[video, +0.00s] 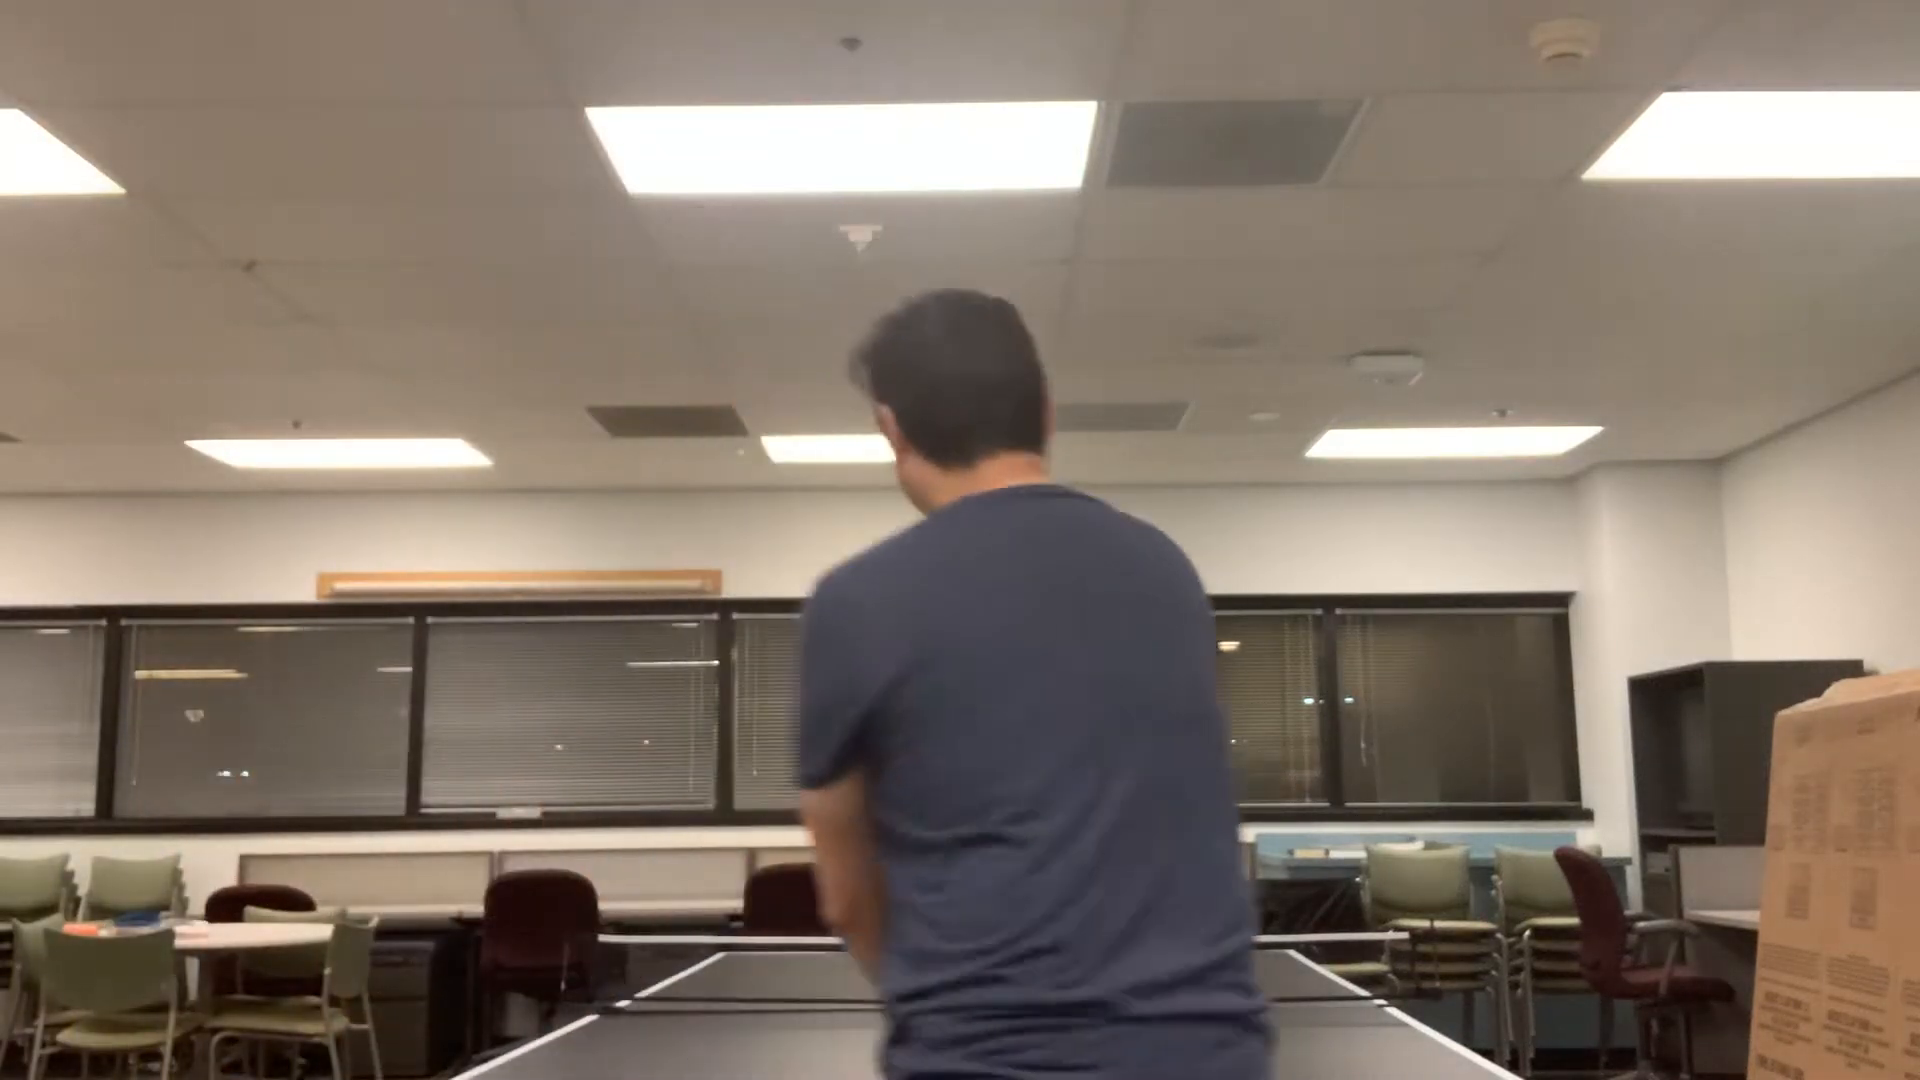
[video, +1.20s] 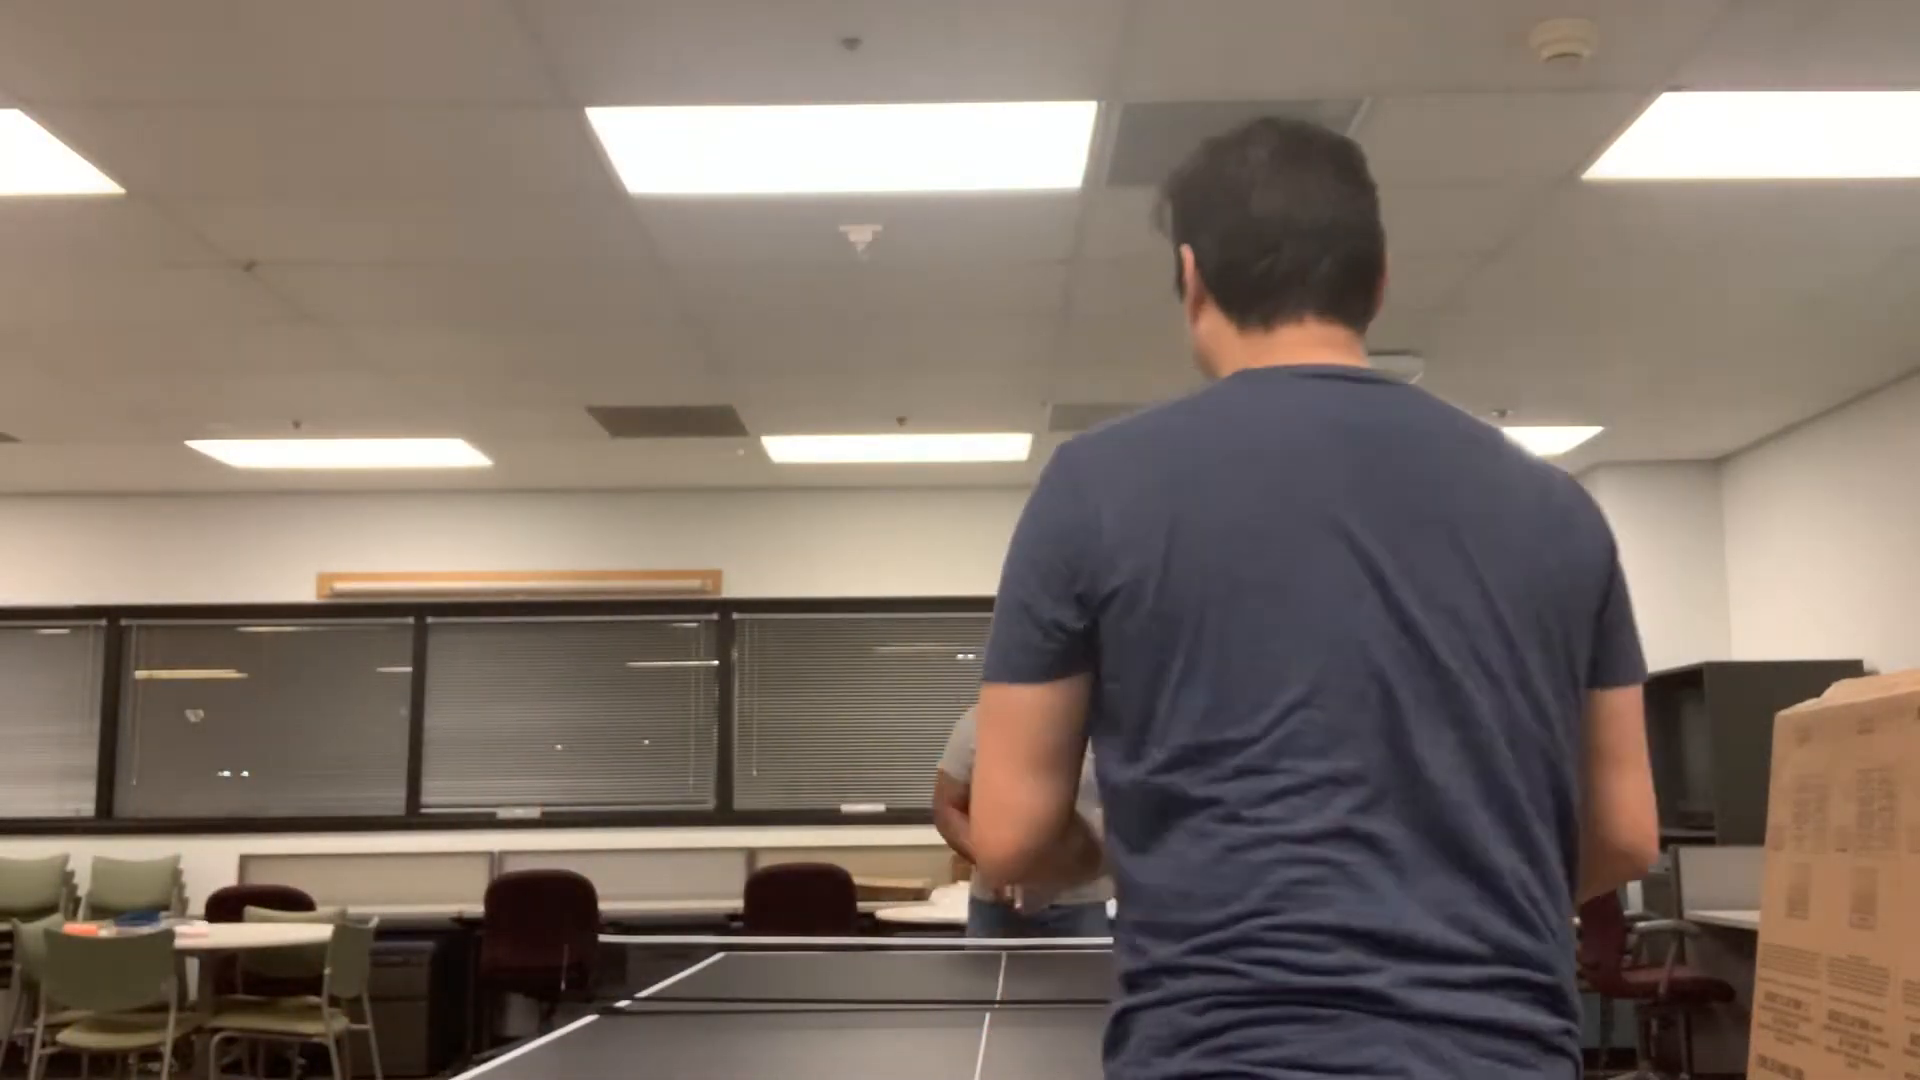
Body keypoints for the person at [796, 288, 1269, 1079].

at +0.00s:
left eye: (875, 427)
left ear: (893, 432)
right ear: (1047, 409)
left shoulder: (863, 601)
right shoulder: (1164, 566)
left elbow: (851, 902)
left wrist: (938, 1003)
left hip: (976, 1052)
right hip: (1204, 1044)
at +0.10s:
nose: (939, 454)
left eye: (934, 436)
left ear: (949, 441)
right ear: (1092, 422)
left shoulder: (940, 595)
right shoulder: (1203, 564)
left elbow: (922, 903)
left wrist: (974, 1025)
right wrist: (979, 1031)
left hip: (1082, 1048)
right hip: (1290, 1037)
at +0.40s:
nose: (1040, 466)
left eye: (1036, 447)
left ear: (1051, 445)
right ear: (1190, 437)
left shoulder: (1038, 579)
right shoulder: (1290, 565)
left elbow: (1021, 881)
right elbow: (1204, 851)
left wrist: (1044, 1055)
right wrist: (1043, 1009)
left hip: (1232, 1035)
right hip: (1417, 1025)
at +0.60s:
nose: (1071, 450)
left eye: (1068, 430)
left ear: (1084, 430)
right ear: (1226, 420)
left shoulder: (1059, 576)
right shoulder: (1333, 559)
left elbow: (1017, 878)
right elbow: (1338, 817)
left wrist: (1032, 1041)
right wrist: (1175, 948)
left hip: (1266, 1039)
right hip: (1450, 1029)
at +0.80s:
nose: (1110, 405)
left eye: (1108, 385)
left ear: (1123, 384)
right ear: (1283, 384)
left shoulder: (1080, 554)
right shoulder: (1417, 569)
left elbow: (988, 878)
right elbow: (1462, 843)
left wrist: (1028, 967)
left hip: (1224, 1048)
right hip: (1453, 1046)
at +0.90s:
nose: (1120, 375)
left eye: (1118, 354)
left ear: (1134, 356)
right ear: (1303, 358)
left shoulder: (1076, 537)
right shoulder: (1452, 558)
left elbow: (979, 873)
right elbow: (1509, 865)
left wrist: (1045, 945)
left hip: (1213, 1046)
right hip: (1461, 1049)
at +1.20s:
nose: (1179, 303)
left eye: (1175, 283)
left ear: (1191, 278)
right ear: (1380, 279)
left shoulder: (1104, 479)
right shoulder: (1549, 505)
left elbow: (1012, 847)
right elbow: (1625, 835)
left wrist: (1143, 823)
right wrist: (1479, 893)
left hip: (1212, 1047)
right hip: (1499, 1052)